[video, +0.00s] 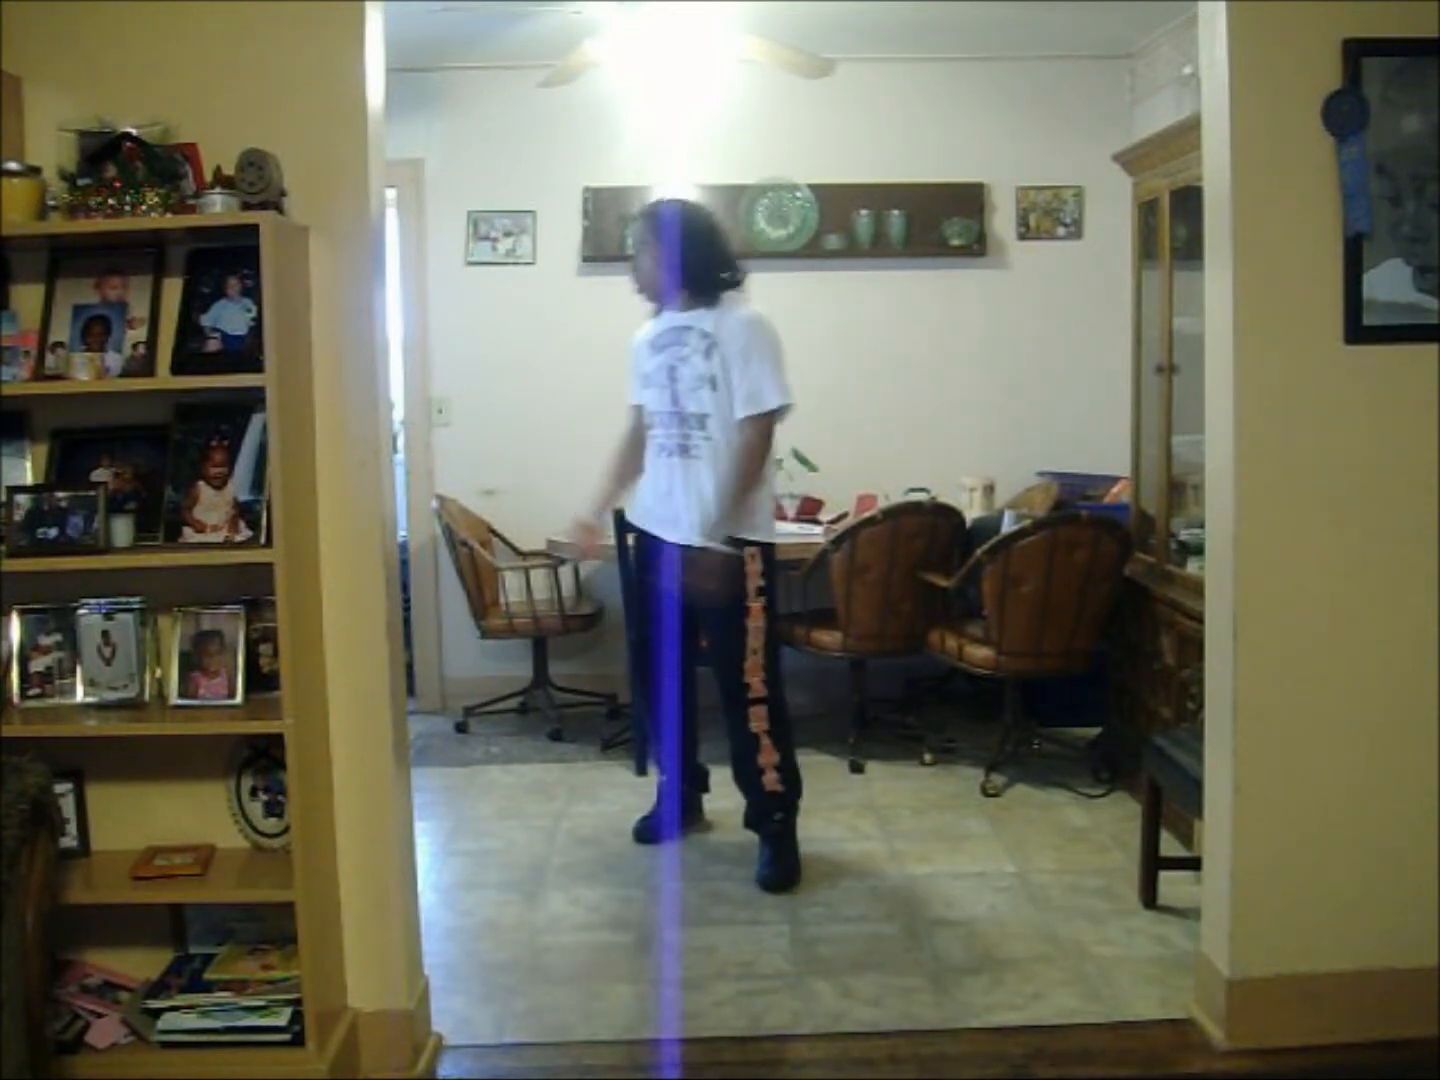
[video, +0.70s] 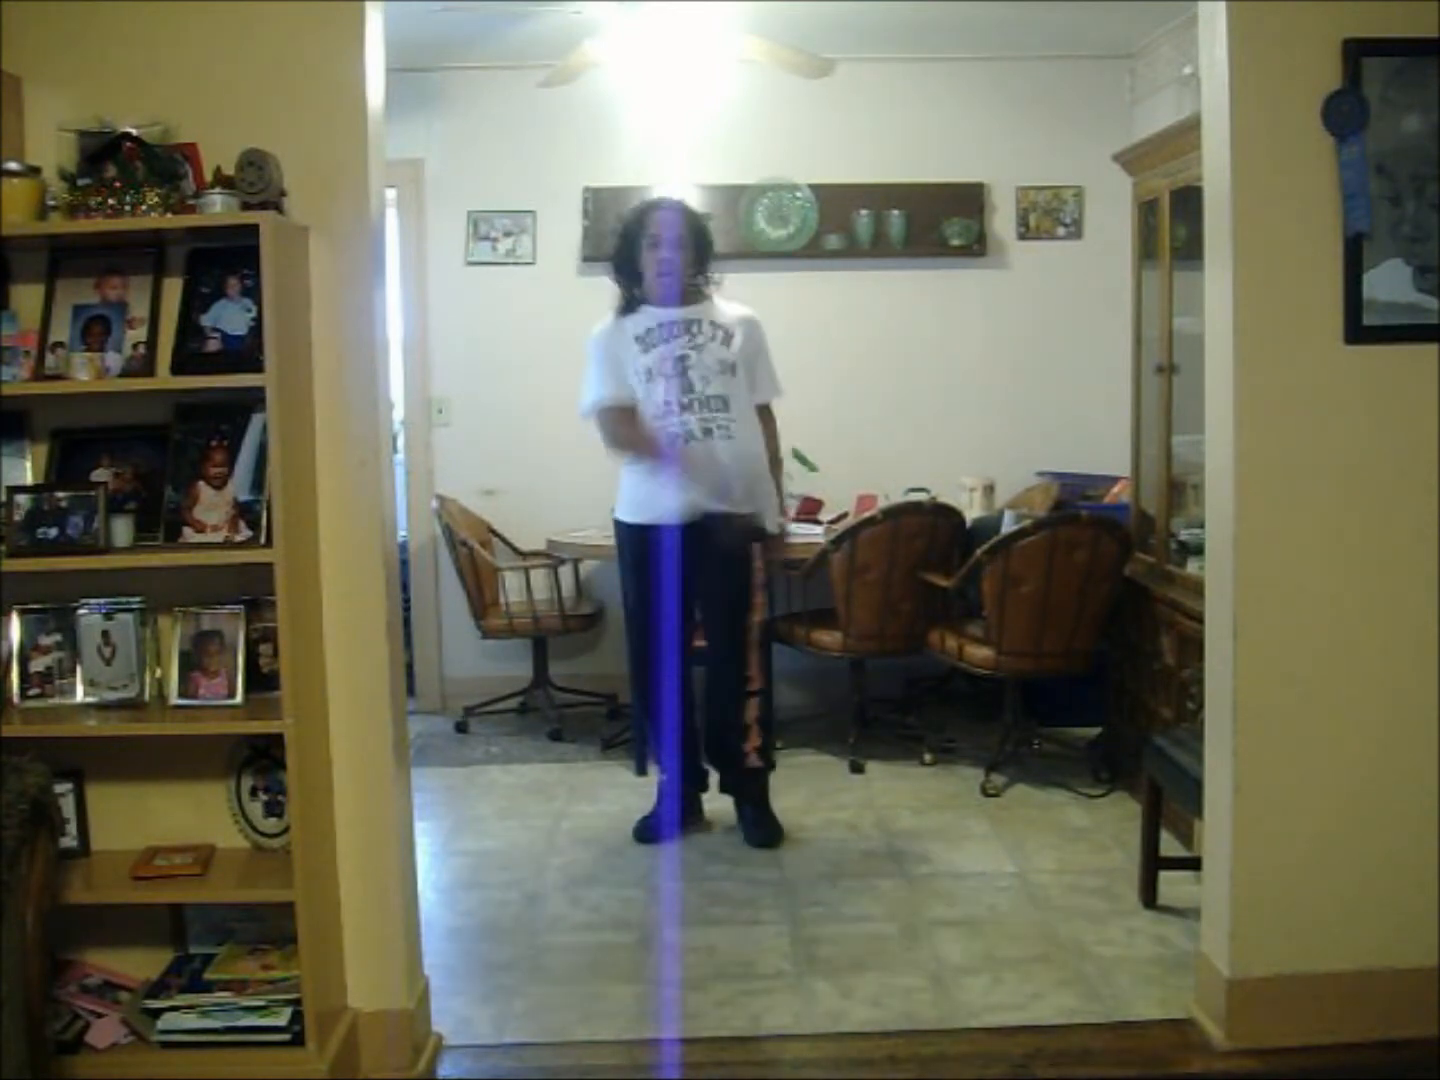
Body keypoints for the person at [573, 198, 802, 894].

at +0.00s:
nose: (634, 264)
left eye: (645, 250)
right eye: (635, 251)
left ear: (681, 254)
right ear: (656, 257)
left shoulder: (744, 330)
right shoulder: (649, 340)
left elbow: (757, 438)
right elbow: (639, 433)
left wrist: (723, 535)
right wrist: (597, 510)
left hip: (733, 537)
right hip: (656, 533)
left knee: (746, 683)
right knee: (661, 674)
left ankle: (775, 822)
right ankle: (679, 792)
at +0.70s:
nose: (668, 256)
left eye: (680, 244)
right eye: (655, 244)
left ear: (700, 254)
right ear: (634, 256)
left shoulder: (739, 327)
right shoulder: (614, 337)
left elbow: (764, 425)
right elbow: (614, 423)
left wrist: (775, 508)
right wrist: (654, 446)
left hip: (733, 512)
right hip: (651, 516)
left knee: (736, 654)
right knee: (659, 656)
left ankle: (749, 789)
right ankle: (678, 790)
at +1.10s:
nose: (702, 268)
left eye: (716, 257)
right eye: (691, 257)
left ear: (739, 267)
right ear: (674, 267)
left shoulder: (775, 347)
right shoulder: (647, 342)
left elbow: (773, 462)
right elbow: (630, 438)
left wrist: (752, 556)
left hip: (756, 513)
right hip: (677, 514)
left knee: (762, 660)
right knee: (661, 651)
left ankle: (753, 788)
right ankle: (652, 772)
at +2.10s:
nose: (606, 290)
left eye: (617, 275)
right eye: (604, 276)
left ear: (662, 273)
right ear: (629, 279)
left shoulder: (754, 347)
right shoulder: (608, 351)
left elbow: (772, 467)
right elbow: (603, 456)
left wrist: (738, 572)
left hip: (734, 545)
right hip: (650, 545)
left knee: (734, 687)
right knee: (661, 705)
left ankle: (738, 783)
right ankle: (651, 866)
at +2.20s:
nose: (607, 289)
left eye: (619, 274)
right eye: (605, 275)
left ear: (663, 272)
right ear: (624, 280)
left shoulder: (753, 348)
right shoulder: (619, 351)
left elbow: (771, 468)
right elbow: (606, 457)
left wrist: (738, 575)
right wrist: (639, 398)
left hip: (736, 545)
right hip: (653, 544)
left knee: (738, 688)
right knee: (662, 706)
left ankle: (738, 782)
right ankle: (650, 865)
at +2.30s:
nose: (626, 289)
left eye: (638, 274)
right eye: (624, 276)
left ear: (677, 274)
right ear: (636, 280)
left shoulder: (769, 352)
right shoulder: (627, 358)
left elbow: (783, 473)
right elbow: (582, 451)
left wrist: (747, 575)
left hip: (746, 551)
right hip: (657, 548)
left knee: (738, 695)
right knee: (660, 707)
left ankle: (738, 785)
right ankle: (651, 868)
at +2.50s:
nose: (661, 288)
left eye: (669, 271)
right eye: (646, 283)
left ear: (704, 270)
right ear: (637, 302)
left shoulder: (784, 343)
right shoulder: (645, 373)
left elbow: (824, 445)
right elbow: (582, 431)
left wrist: (779, 544)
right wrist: (526, 468)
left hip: (777, 549)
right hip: (688, 556)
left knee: (781, 702)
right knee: (673, 719)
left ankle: (794, 764)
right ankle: (651, 872)